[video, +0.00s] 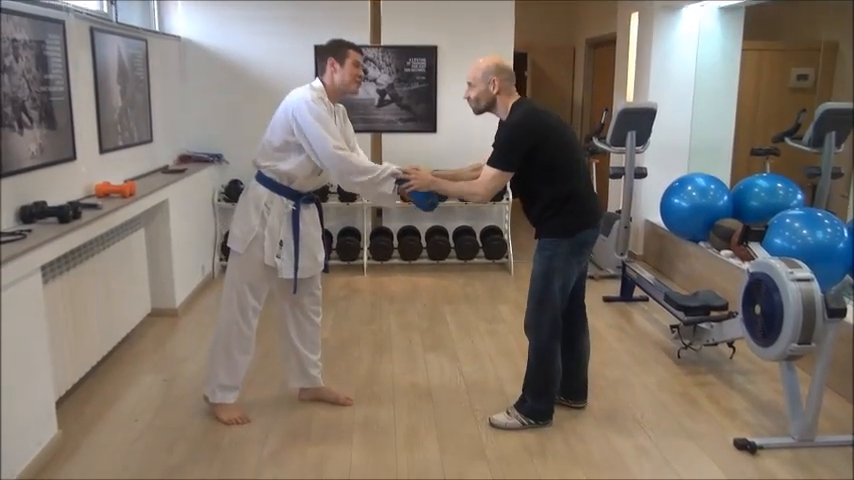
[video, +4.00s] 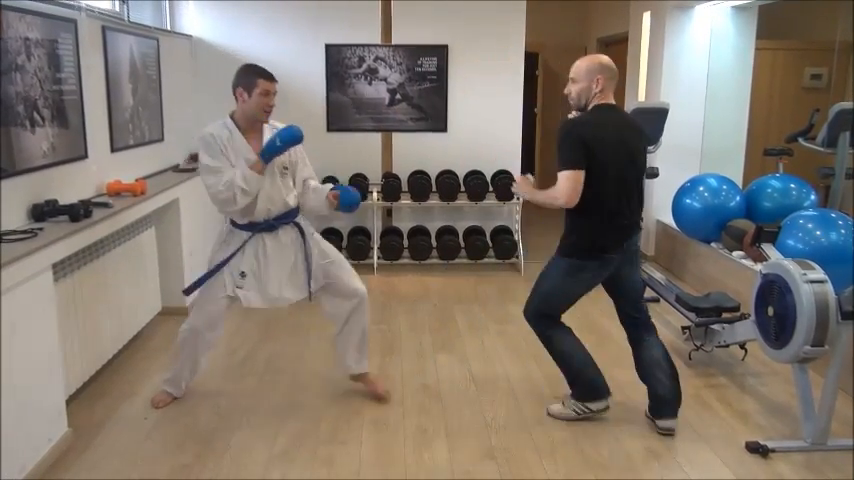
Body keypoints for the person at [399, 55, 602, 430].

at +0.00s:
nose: (466, 94)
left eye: (470, 86)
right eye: (466, 86)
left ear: (495, 86)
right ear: (498, 87)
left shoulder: (519, 124)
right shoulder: (521, 118)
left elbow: (483, 191)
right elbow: (480, 173)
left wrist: (430, 183)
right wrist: (432, 177)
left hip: (564, 230)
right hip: (576, 224)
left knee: (541, 320)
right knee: (570, 312)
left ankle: (535, 409)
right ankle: (572, 391)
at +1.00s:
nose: (544, 45)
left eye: (551, 38)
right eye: (545, 38)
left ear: (576, 41)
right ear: (574, 43)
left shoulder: (577, 85)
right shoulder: (578, 85)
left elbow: (600, 147)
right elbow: (594, 147)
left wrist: (609, 205)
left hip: (563, 213)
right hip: (580, 213)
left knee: (521, 291)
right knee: (590, 297)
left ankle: (526, 390)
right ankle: (596, 381)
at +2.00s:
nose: (510, 77)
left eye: (516, 69)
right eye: (511, 69)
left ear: (541, 70)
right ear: (546, 70)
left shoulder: (541, 115)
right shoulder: (579, 105)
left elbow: (535, 185)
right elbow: (565, 163)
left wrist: (498, 203)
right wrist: (519, 127)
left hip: (549, 232)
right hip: (583, 227)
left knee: (521, 323)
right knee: (579, 317)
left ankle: (519, 413)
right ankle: (594, 403)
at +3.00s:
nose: (489, 95)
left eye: (492, 88)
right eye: (488, 89)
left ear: (516, 87)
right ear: (526, 87)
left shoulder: (498, 120)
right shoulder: (563, 125)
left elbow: (433, 136)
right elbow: (559, 174)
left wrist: (383, 115)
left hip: (513, 244)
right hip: (560, 245)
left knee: (460, 326)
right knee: (577, 321)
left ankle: (420, 410)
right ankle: (610, 409)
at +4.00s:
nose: (566, 89)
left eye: (572, 81)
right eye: (567, 81)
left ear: (597, 84)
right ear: (604, 86)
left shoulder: (576, 128)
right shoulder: (632, 128)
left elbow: (567, 195)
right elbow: (628, 184)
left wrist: (531, 193)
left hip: (586, 249)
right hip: (625, 245)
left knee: (540, 313)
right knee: (639, 322)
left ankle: (591, 396)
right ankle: (665, 412)